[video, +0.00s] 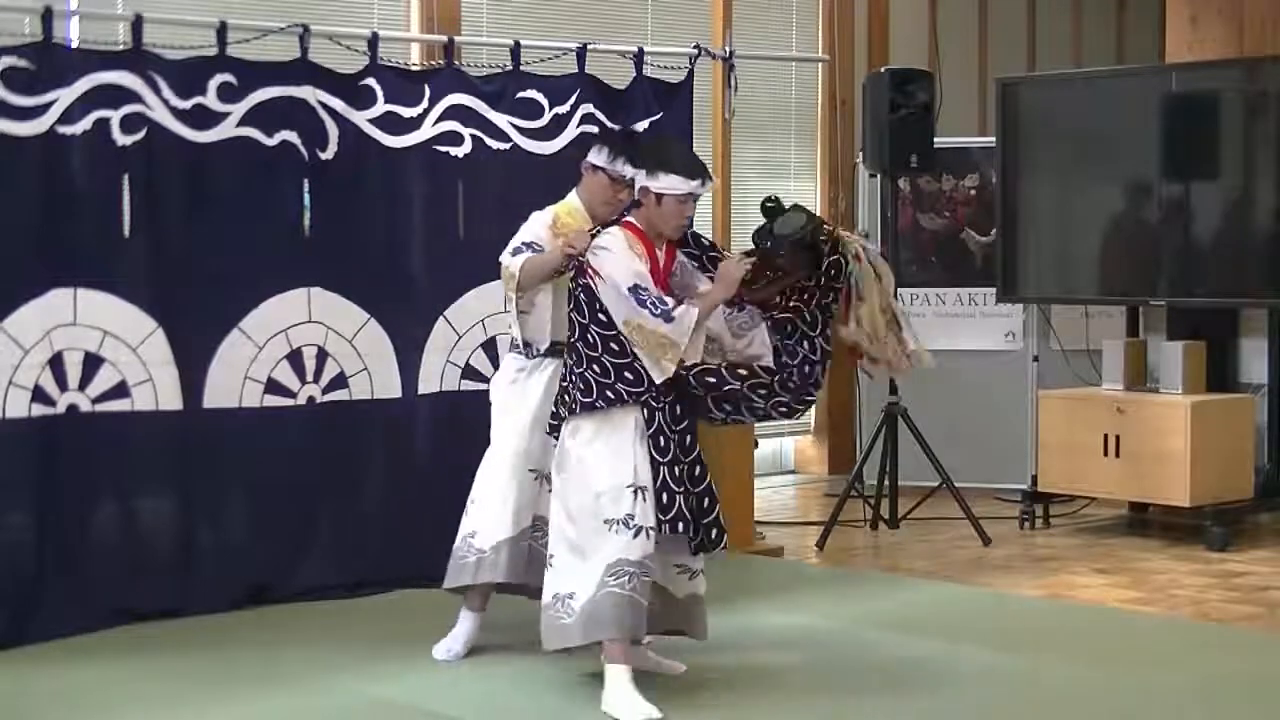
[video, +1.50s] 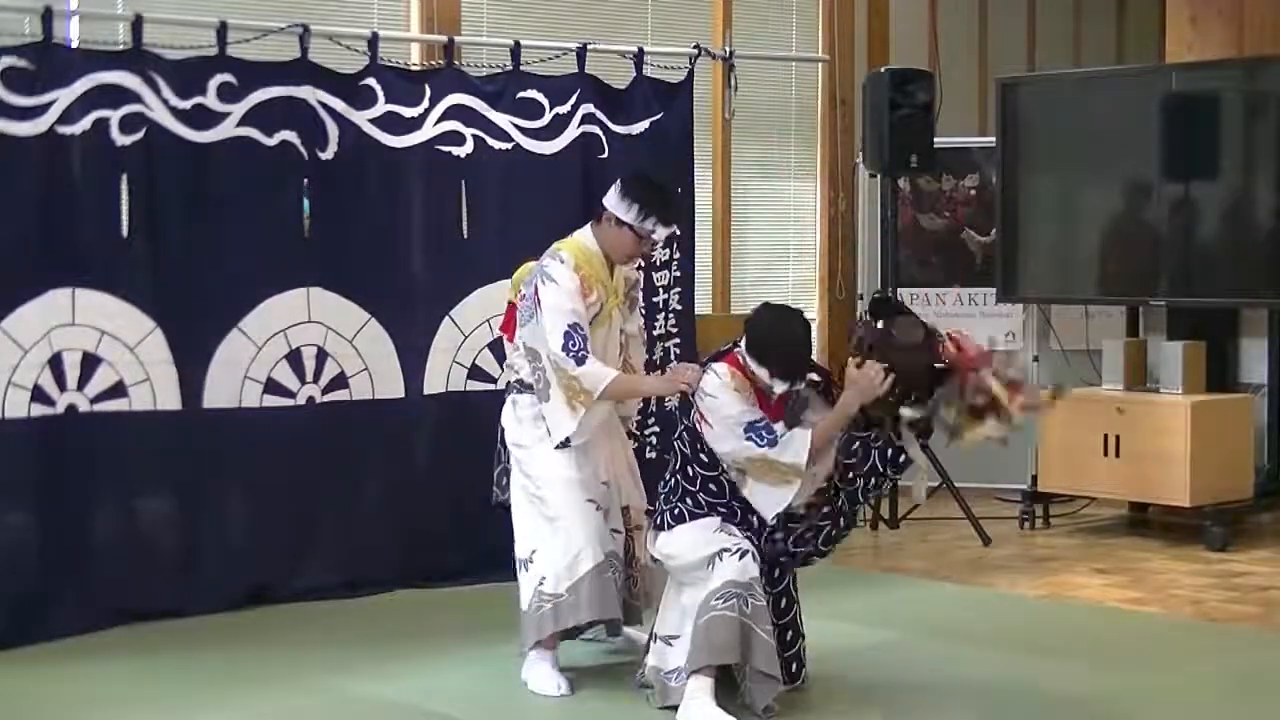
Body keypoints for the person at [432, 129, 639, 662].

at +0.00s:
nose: (626, 197)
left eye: (632, 188)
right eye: (618, 184)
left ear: (634, 191)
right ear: (587, 174)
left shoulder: (625, 236)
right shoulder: (546, 224)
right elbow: (513, 278)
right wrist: (556, 259)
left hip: (598, 384)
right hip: (535, 381)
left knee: (607, 497)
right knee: (503, 489)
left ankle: (616, 623)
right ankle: (470, 617)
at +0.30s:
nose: (661, 207)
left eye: (668, 196)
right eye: (655, 193)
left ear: (668, 197)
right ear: (629, 184)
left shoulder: (667, 251)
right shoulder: (588, 233)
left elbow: (701, 308)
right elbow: (563, 277)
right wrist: (614, 300)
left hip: (625, 389)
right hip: (560, 384)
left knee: (636, 504)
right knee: (535, 496)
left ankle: (631, 627)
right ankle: (502, 624)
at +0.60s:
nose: (683, 242)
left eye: (690, 233)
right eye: (678, 228)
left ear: (685, 231)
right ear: (650, 213)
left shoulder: (662, 265)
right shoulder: (606, 259)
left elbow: (679, 320)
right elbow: (596, 312)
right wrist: (609, 348)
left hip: (612, 398)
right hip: (562, 397)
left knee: (622, 504)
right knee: (560, 511)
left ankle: (605, 613)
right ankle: (545, 641)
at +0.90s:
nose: (672, 252)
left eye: (678, 244)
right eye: (667, 239)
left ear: (672, 238)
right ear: (639, 220)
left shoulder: (654, 277)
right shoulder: (585, 265)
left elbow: (657, 342)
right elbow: (564, 343)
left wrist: (641, 366)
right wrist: (615, 366)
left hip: (605, 403)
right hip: (552, 403)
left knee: (614, 508)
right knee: (557, 523)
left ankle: (592, 613)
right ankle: (537, 652)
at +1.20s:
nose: (655, 256)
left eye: (660, 247)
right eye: (651, 245)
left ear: (634, 234)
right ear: (622, 228)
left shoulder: (634, 279)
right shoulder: (572, 274)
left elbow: (633, 350)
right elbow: (571, 362)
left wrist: (641, 382)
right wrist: (645, 384)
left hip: (605, 420)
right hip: (556, 424)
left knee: (628, 517)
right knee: (574, 528)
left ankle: (606, 615)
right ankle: (543, 652)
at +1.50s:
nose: (647, 251)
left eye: (653, 242)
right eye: (643, 238)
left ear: (632, 231)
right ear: (614, 221)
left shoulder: (625, 274)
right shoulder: (562, 269)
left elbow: (629, 356)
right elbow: (577, 365)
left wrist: (654, 383)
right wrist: (656, 384)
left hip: (597, 414)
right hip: (543, 419)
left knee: (618, 518)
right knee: (568, 530)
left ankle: (600, 621)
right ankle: (541, 651)